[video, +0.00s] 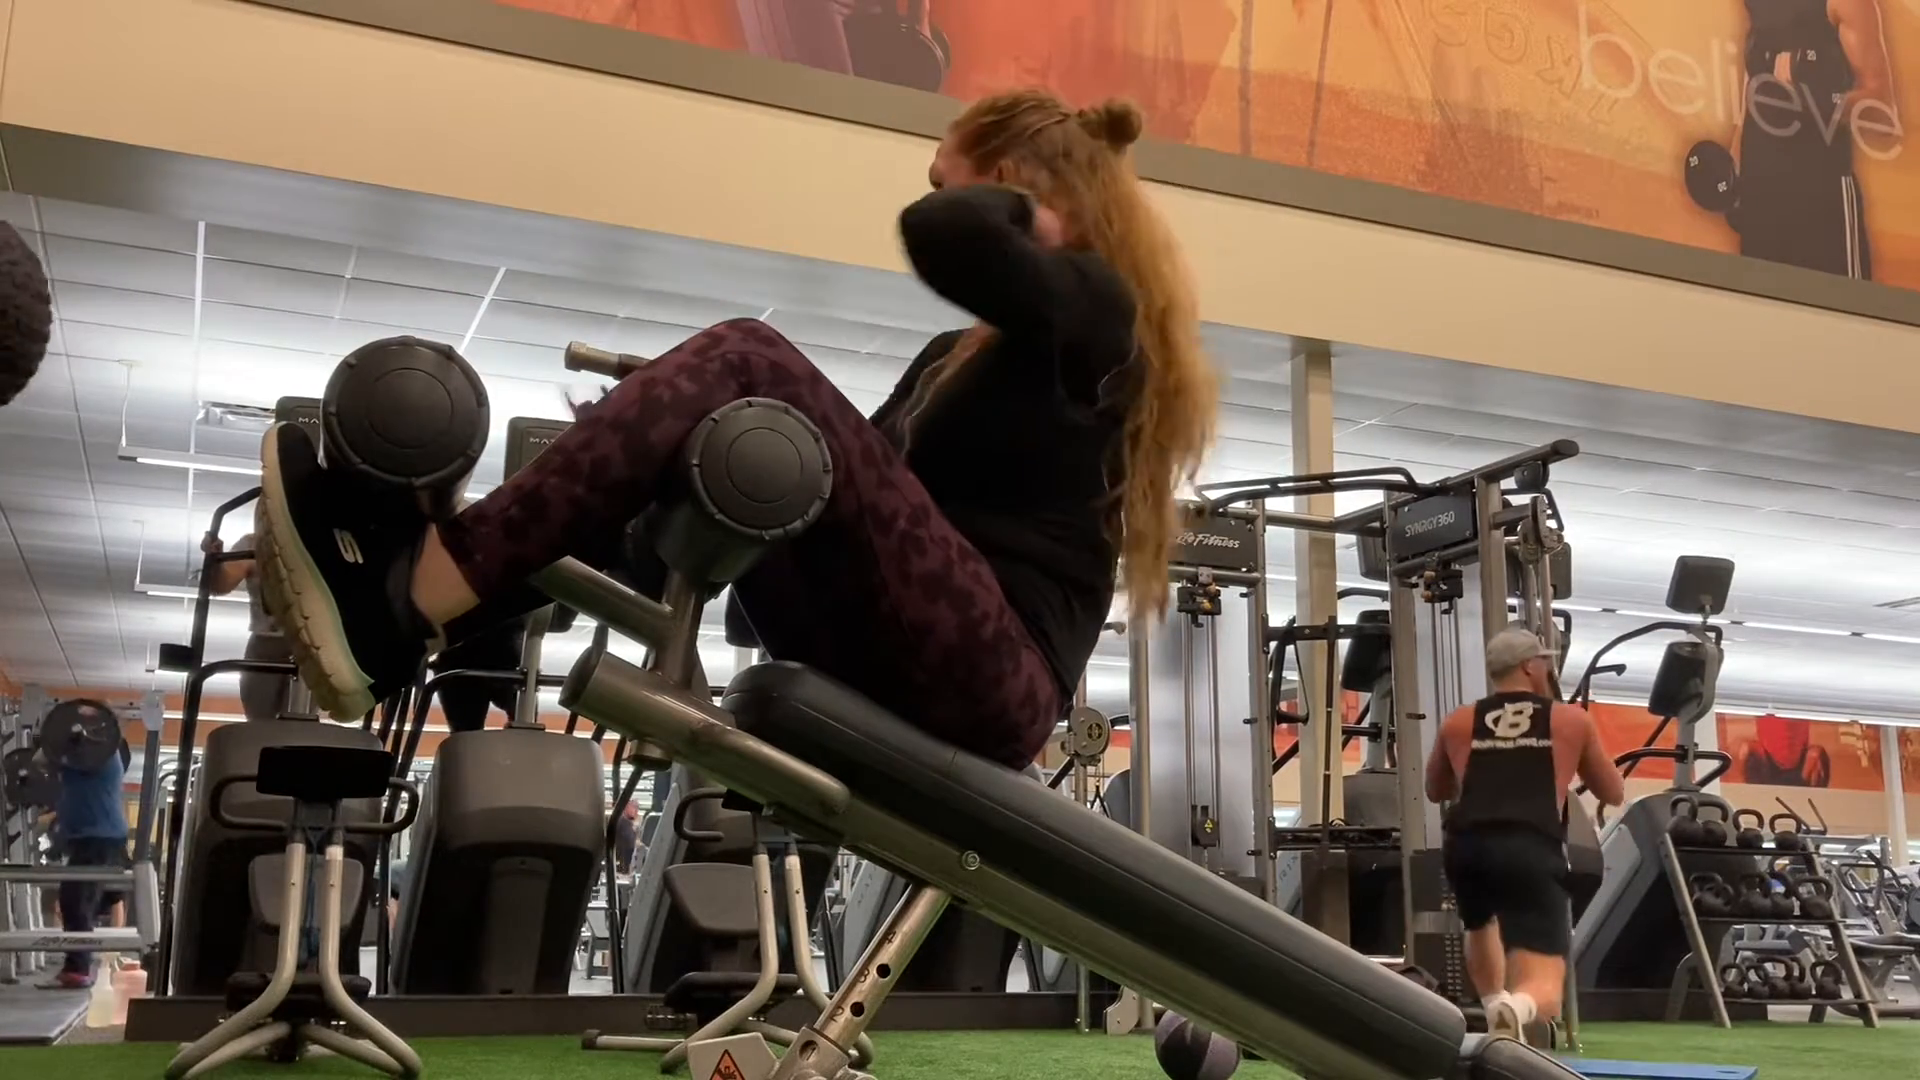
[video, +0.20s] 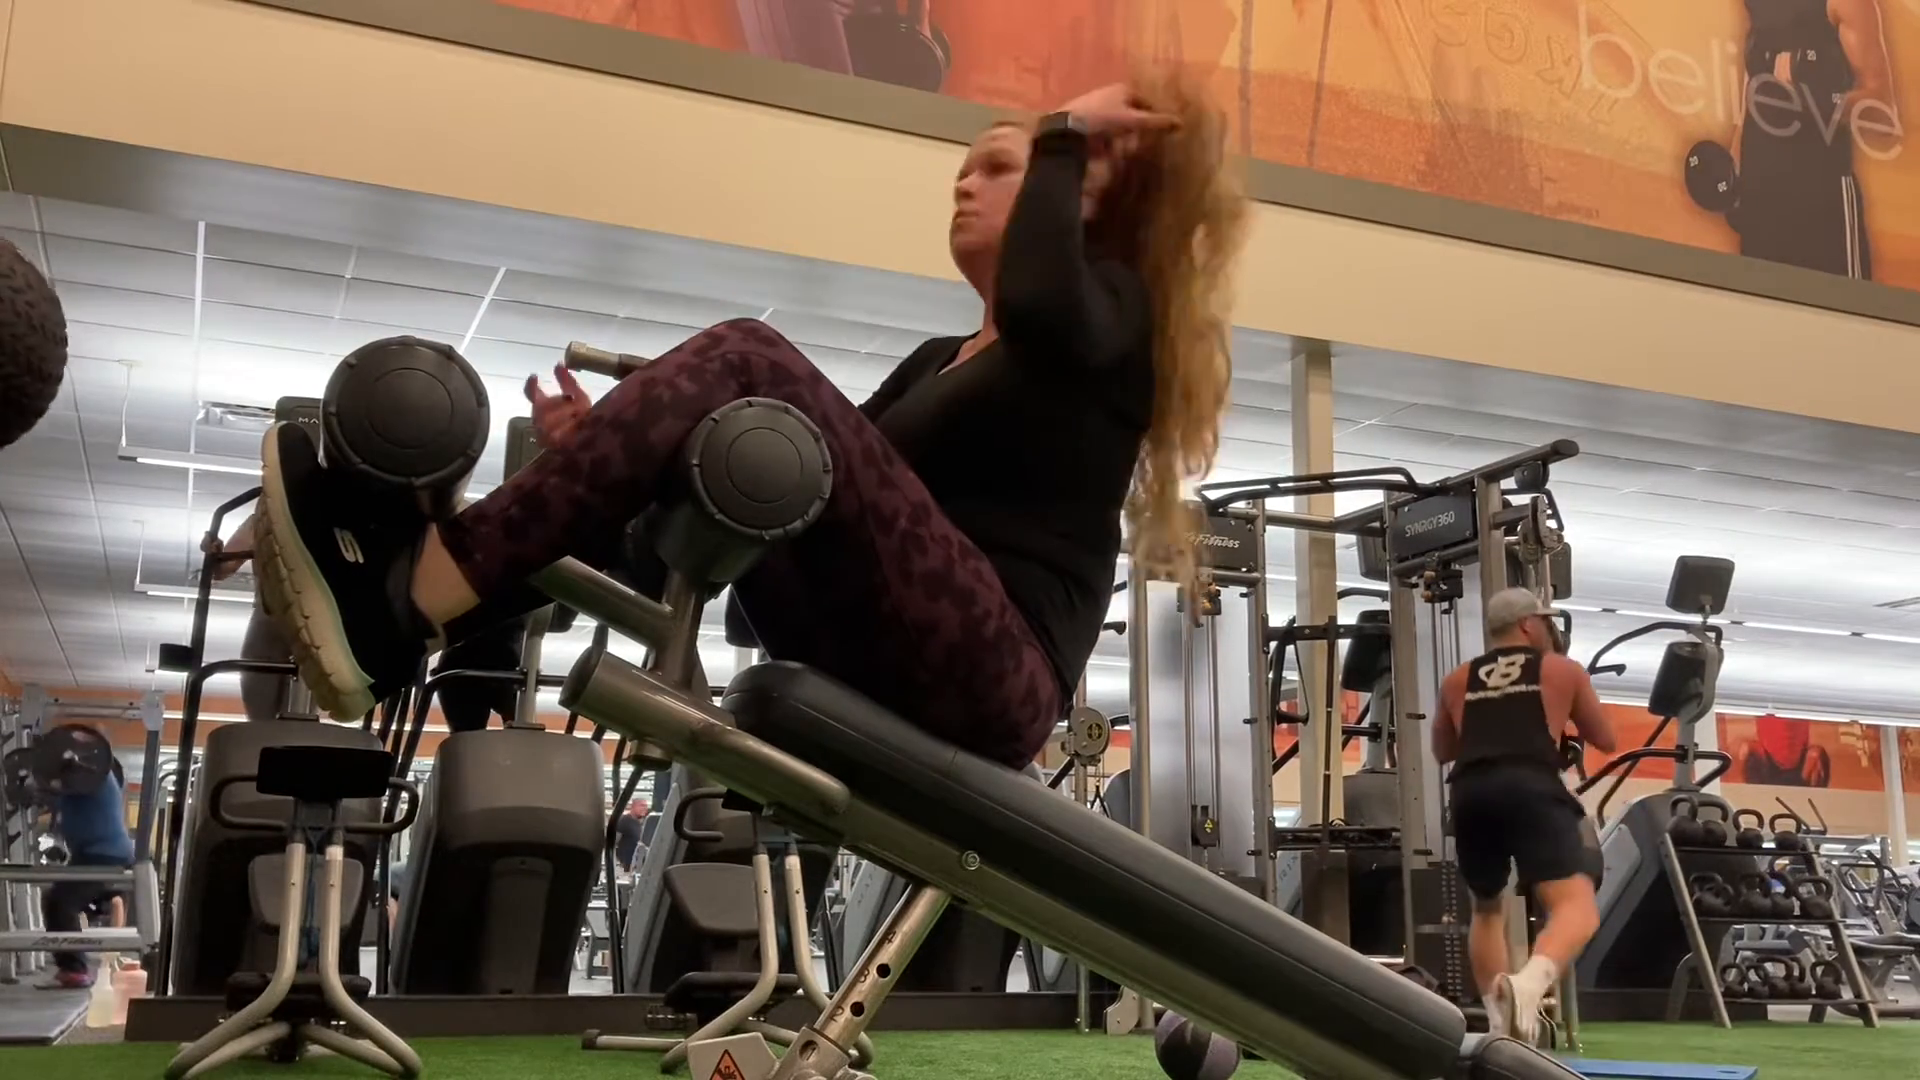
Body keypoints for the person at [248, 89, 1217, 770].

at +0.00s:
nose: (945, 216)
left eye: (964, 202)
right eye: (946, 198)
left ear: (1039, 198)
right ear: (1019, 204)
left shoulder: (1099, 308)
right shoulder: (959, 353)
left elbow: (941, 225)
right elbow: (859, 464)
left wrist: (1018, 239)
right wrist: (662, 401)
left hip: (992, 675)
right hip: (895, 653)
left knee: (752, 358)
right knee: (706, 432)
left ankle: (424, 599)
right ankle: (403, 590)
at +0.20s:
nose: (964, 192)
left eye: (992, 172)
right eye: (967, 174)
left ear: (1063, 201)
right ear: (965, 203)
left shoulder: (1106, 327)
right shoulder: (945, 360)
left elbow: (1047, 300)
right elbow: (829, 476)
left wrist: (1074, 152)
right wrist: (613, 434)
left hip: (993, 682)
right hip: (873, 656)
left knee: (750, 353)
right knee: (701, 433)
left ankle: (426, 598)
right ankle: (394, 595)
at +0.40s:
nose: (977, 195)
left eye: (1012, 184)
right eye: (982, 183)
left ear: (1082, 236)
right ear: (980, 233)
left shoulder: (1092, 311)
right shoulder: (964, 360)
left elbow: (1036, 440)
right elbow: (833, 467)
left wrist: (919, 270)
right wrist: (621, 384)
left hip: (991, 677)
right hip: (890, 653)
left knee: (752, 355)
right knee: (702, 429)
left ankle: (431, 592)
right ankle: (402, 587)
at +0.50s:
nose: (968, 197)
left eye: (1003, 185)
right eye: (976, 184)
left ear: (1078, 226)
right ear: (996, 233)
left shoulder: (1085, 309)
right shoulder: (969, 377)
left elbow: (996, 432)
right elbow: (838, 455)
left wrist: (834, 283)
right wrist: (638, 379)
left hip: (992, 672)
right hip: (904, 658)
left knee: (751, 361)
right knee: (723, 418)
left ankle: (423, 601)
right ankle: (406, 598)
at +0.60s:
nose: (954, 204)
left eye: (987, 188)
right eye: (963, 188)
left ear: (1064, 224)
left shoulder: (1079, 305)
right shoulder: (975, 376)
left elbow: (982, 404)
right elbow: (830, 456)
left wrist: (779, 263)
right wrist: (632, 387)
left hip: (994, 676)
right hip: (899, 653)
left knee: (756, 365)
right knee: (719, 417)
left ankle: (422, 600)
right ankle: (405, 599)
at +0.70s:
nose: (939, 205)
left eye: (971, 187)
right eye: (946, 188)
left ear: (1051, 217)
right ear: (1007, 224)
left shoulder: (1073, 302)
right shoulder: (961, 374)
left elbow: (959, 372)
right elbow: (826, 463)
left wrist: (744, 244)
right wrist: (635, 409)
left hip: (995, 677)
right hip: (906, 661)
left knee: (755, 363)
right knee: (725, 396)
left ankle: (420, 603)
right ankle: (405, 599)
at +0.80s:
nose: (925, 205)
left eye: (957, 185)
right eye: (933, 188)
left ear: (1038, 214)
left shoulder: (1063, 299)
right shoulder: (948, 364)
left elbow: (932, 344)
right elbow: (821, 475)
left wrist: (710, 240)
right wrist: (619, 423)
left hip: (995, 678)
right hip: (891, 655)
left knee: (755, 360)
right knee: (718, 410)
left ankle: (417, 602)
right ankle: (407, 590)